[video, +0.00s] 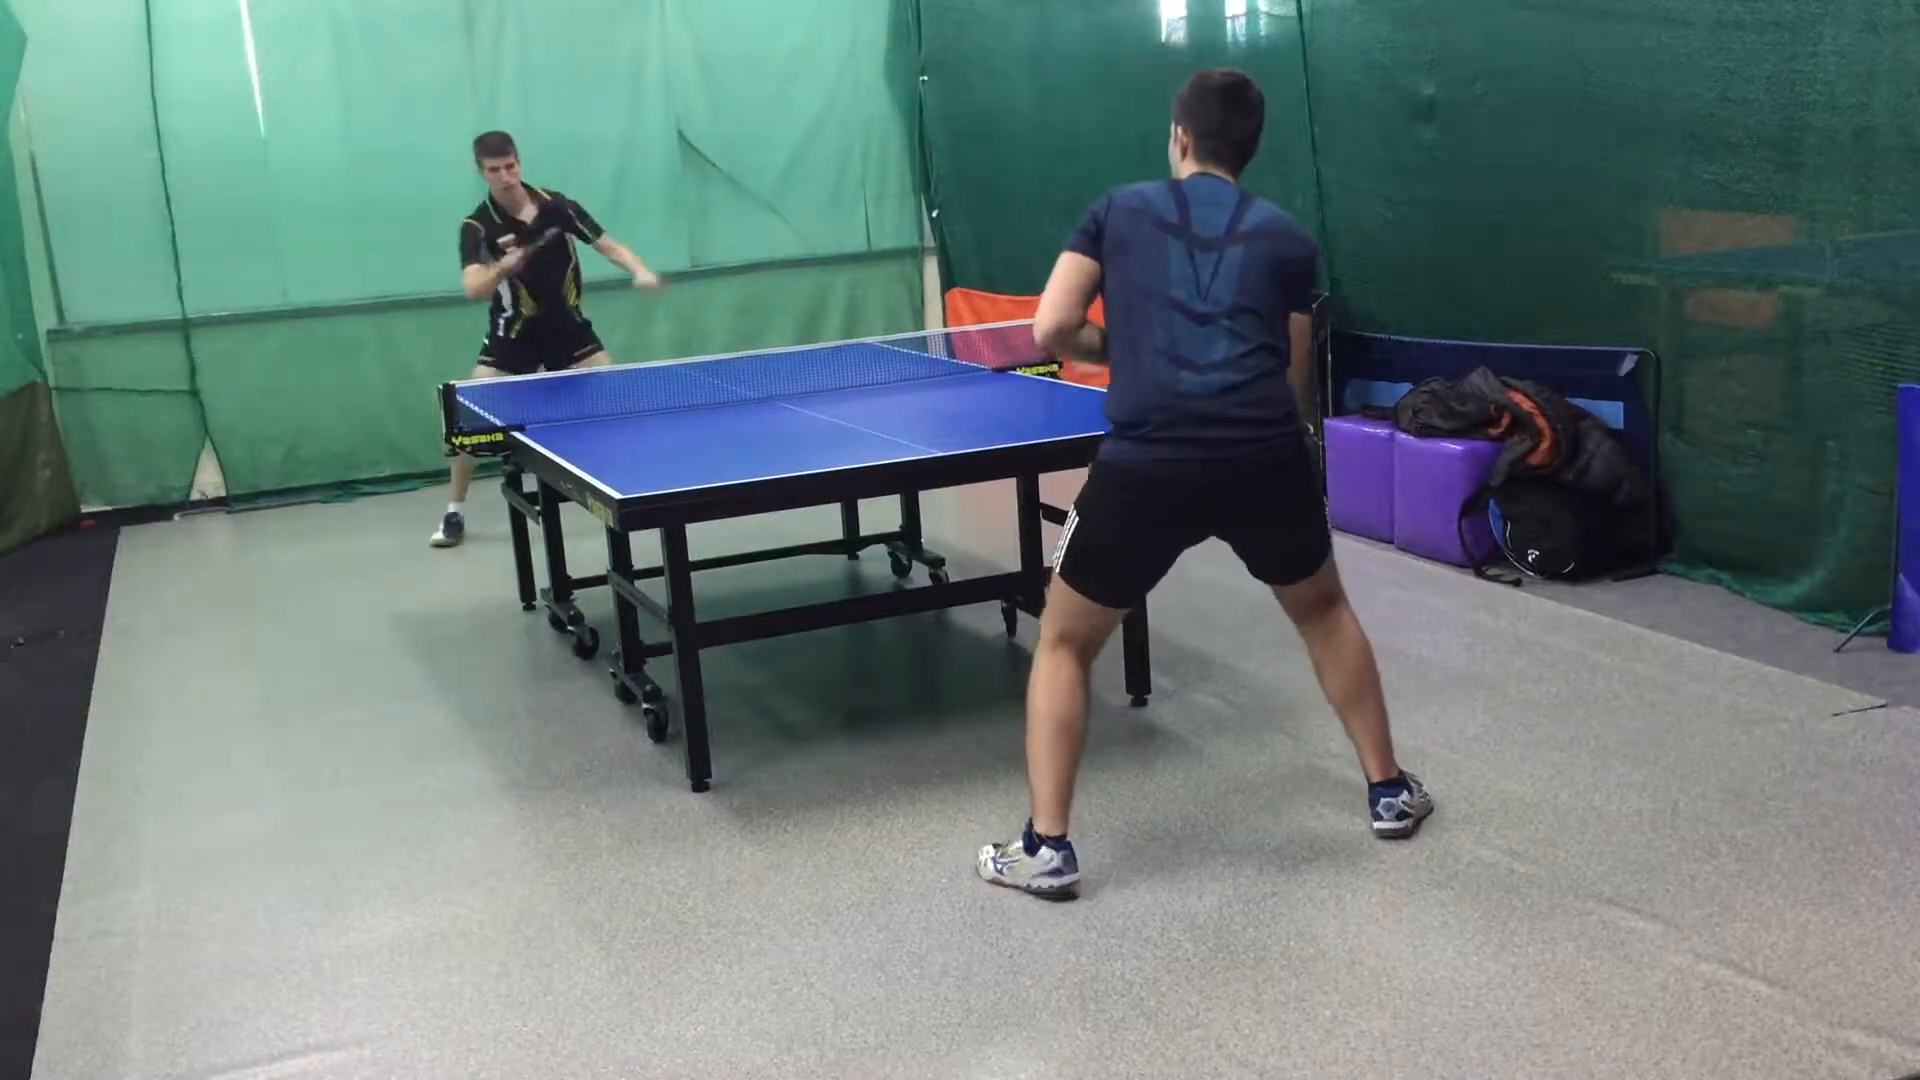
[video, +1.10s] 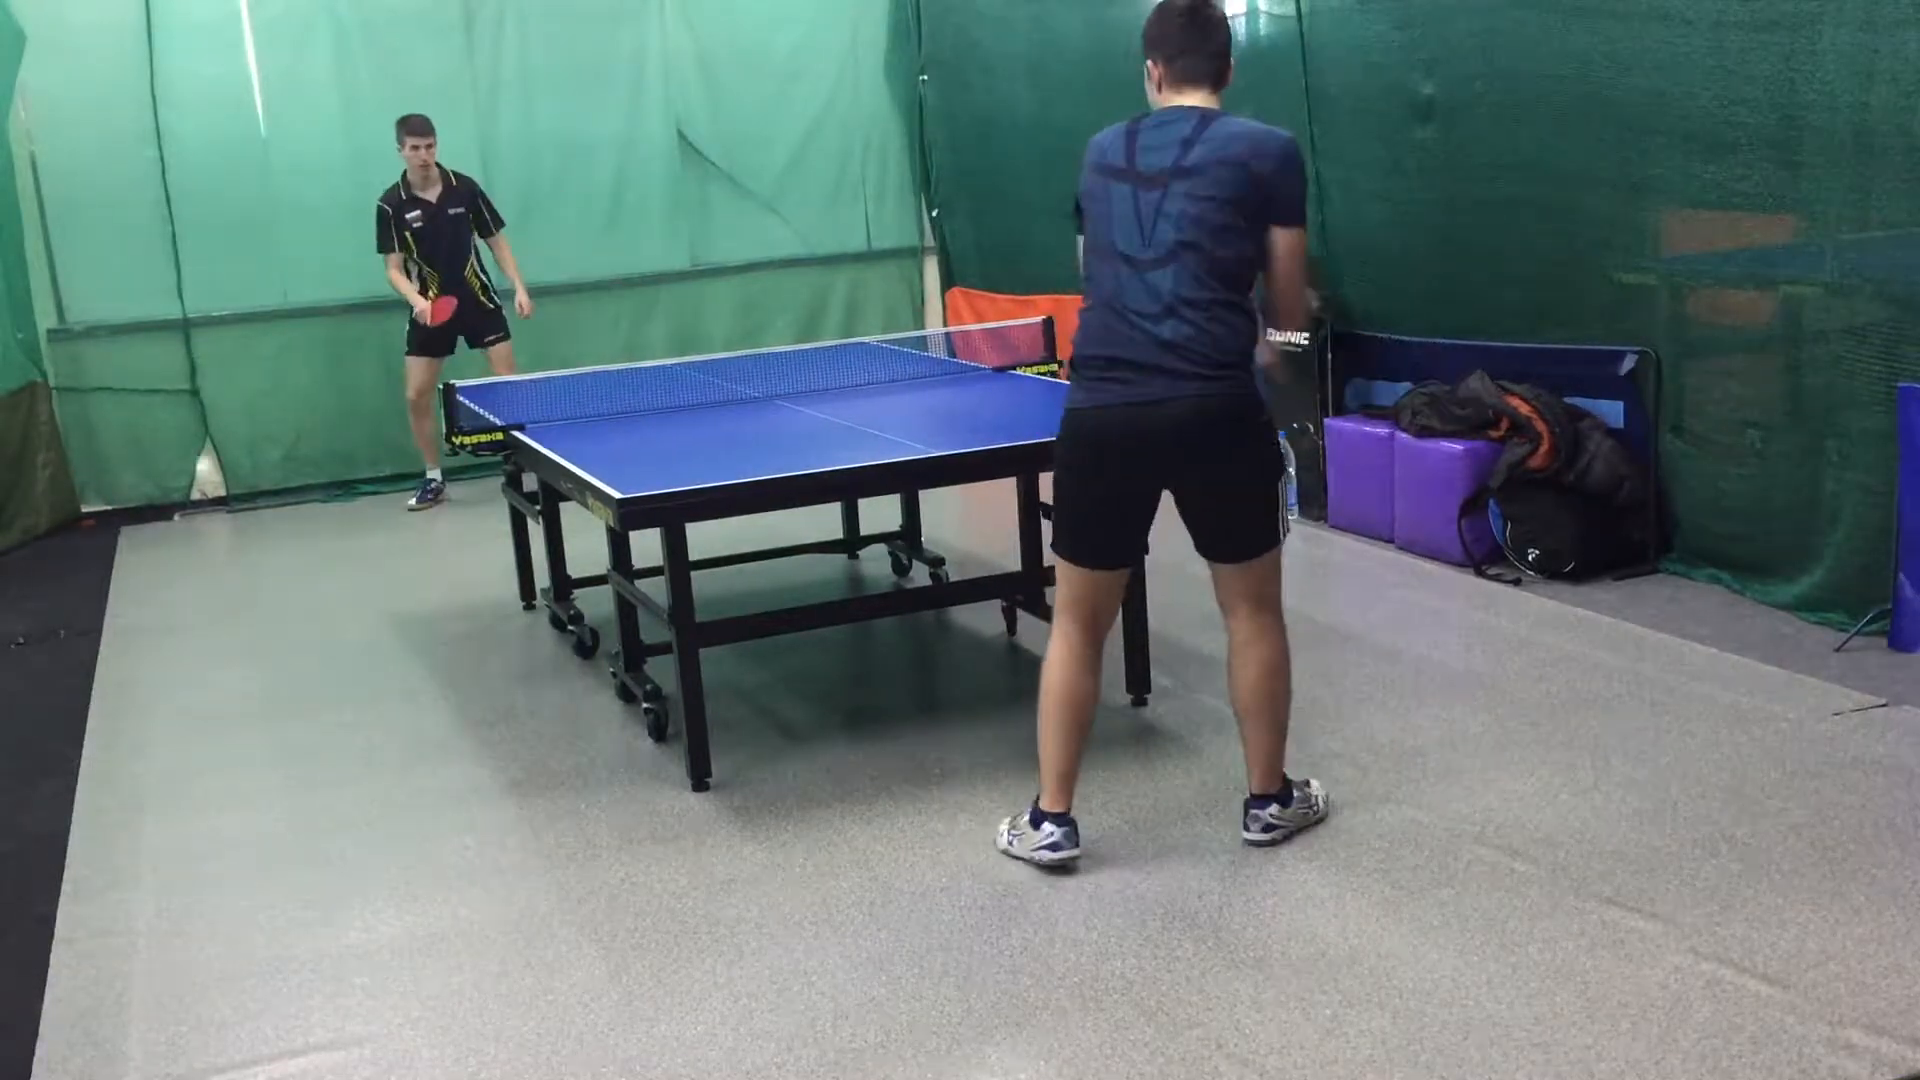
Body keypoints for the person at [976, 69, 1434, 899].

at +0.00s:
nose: (1173, 144)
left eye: (1174, 133)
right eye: (1188, 135)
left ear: (1179, 141)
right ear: (1250, 150)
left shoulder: (1116, 212)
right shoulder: (1286, 237)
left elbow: (1053, 328)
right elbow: (1294, 375)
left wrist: (1116, 344)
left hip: (1147, 474)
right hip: (1266, 470)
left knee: (1066, 644)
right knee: (1323, 615)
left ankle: (1047, 843)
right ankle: (1388, 790)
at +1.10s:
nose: (1149, 78)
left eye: (1146, 65)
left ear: (1152, 71)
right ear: (1229, 69)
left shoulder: (1102, 151)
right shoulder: (1268, 151)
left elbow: (1096, 275)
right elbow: (1290, 312)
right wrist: (1276, 306)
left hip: (1104, 425)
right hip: (1218, 423)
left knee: (1078, 623)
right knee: (1253, 612)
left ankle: (1053, 819)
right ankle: (1267, 799)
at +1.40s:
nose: (1097, 80)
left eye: (1097, 70)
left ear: (1105, 75)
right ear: (1182, 77)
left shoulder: (1079, 147)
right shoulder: (1232, 158)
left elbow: (1009, 278)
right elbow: (1211, 268)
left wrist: (1036, 366)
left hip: (1112, 422)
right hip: (1225, 416)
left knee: (1075, 631)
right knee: (1245, 606)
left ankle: (1053, 827)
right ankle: (1270, 795)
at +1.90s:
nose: (1114, 107)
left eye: (1114, 96)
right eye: (1121, 95)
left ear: (1124, 99)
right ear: (1198, 101)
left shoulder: (1096, 168)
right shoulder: (1252, 184)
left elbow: (1029, 279)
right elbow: (1282, 331)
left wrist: (1090, 320)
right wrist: (1278, 374)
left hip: (1128, 431)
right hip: (1239, 425)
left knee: (1062, 625)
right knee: (1272, 604)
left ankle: (1053, 827)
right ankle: (1329, 786)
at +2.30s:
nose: (1181, 170)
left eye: (1179, 160)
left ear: (1177, 165)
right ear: (1253, 172)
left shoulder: (1117, 227)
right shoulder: (1279, 248)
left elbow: (1029, 332)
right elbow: (1318, 396)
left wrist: (1099, 367)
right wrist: (1393, 416)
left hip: (1104, 477)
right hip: (1224, 478)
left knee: (1040, 638)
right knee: (1297, 612)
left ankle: (1042, 831)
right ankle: (1329, 785)